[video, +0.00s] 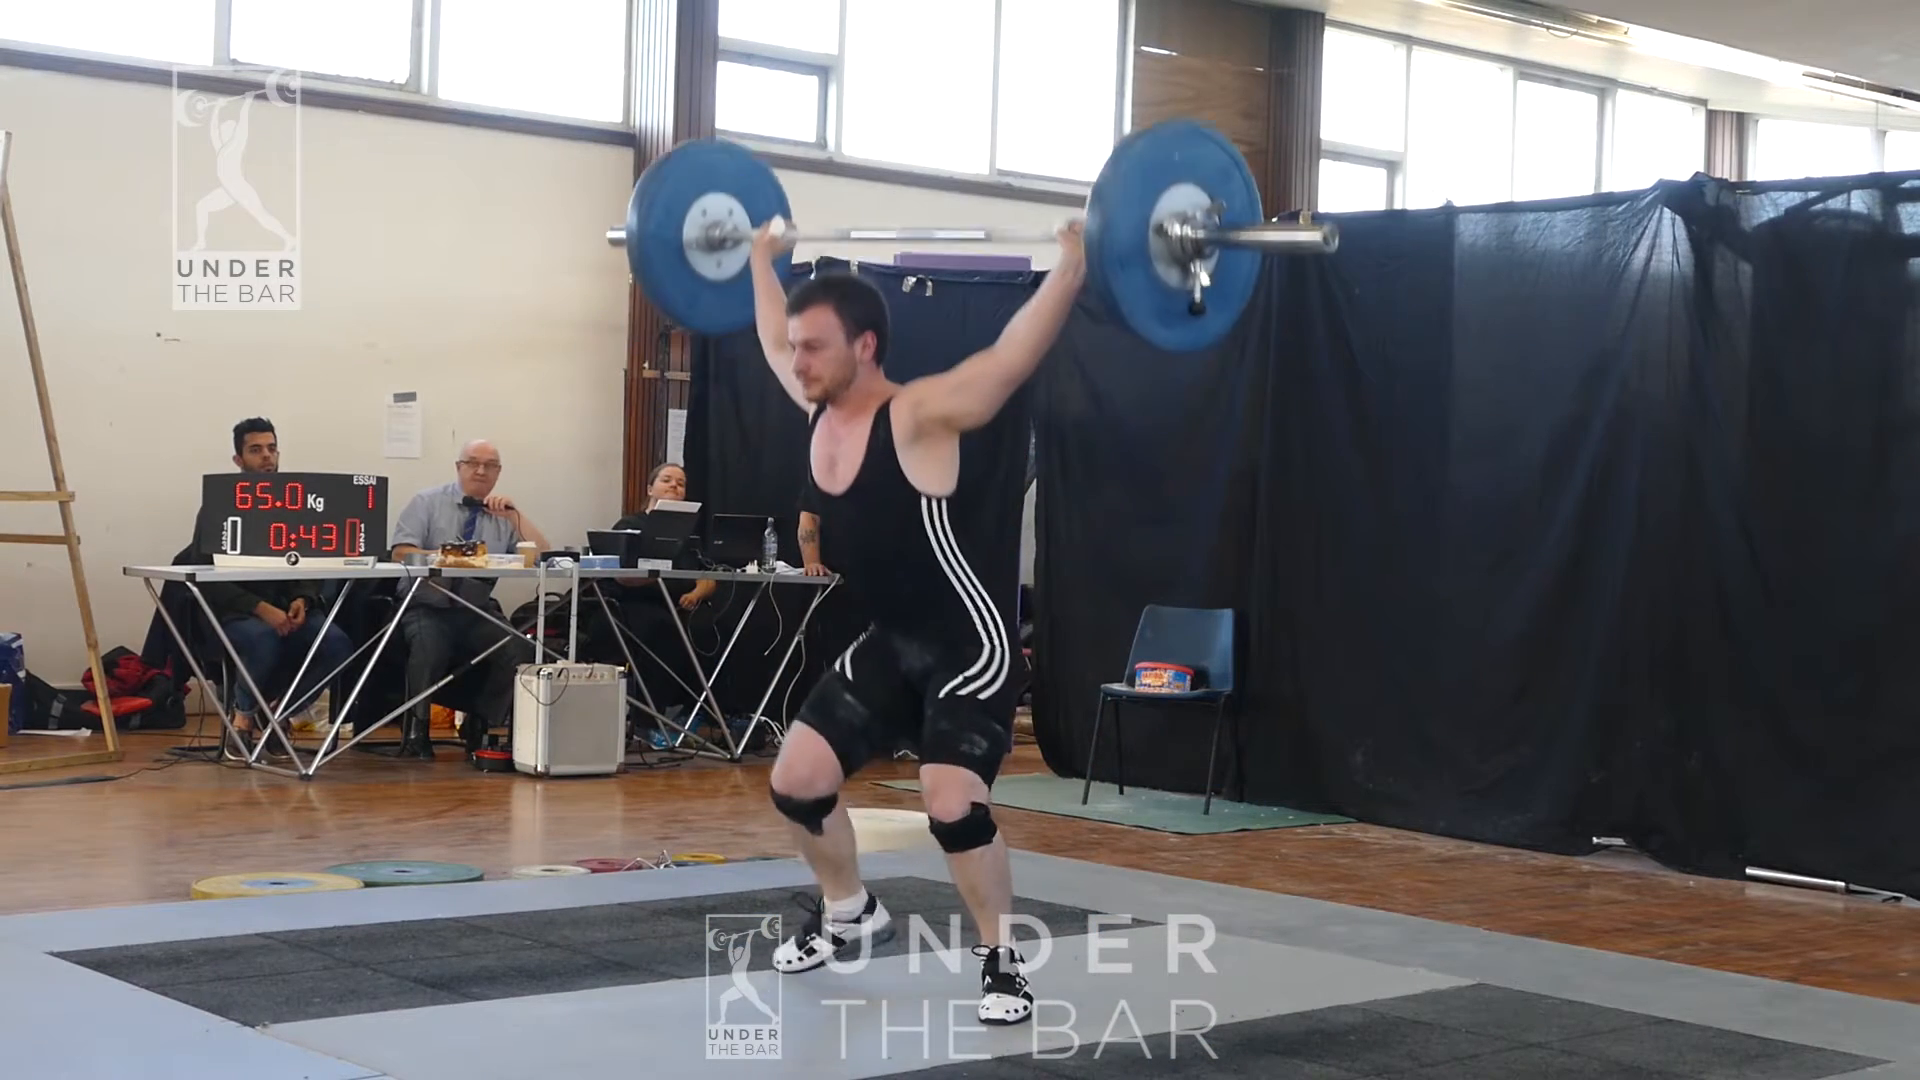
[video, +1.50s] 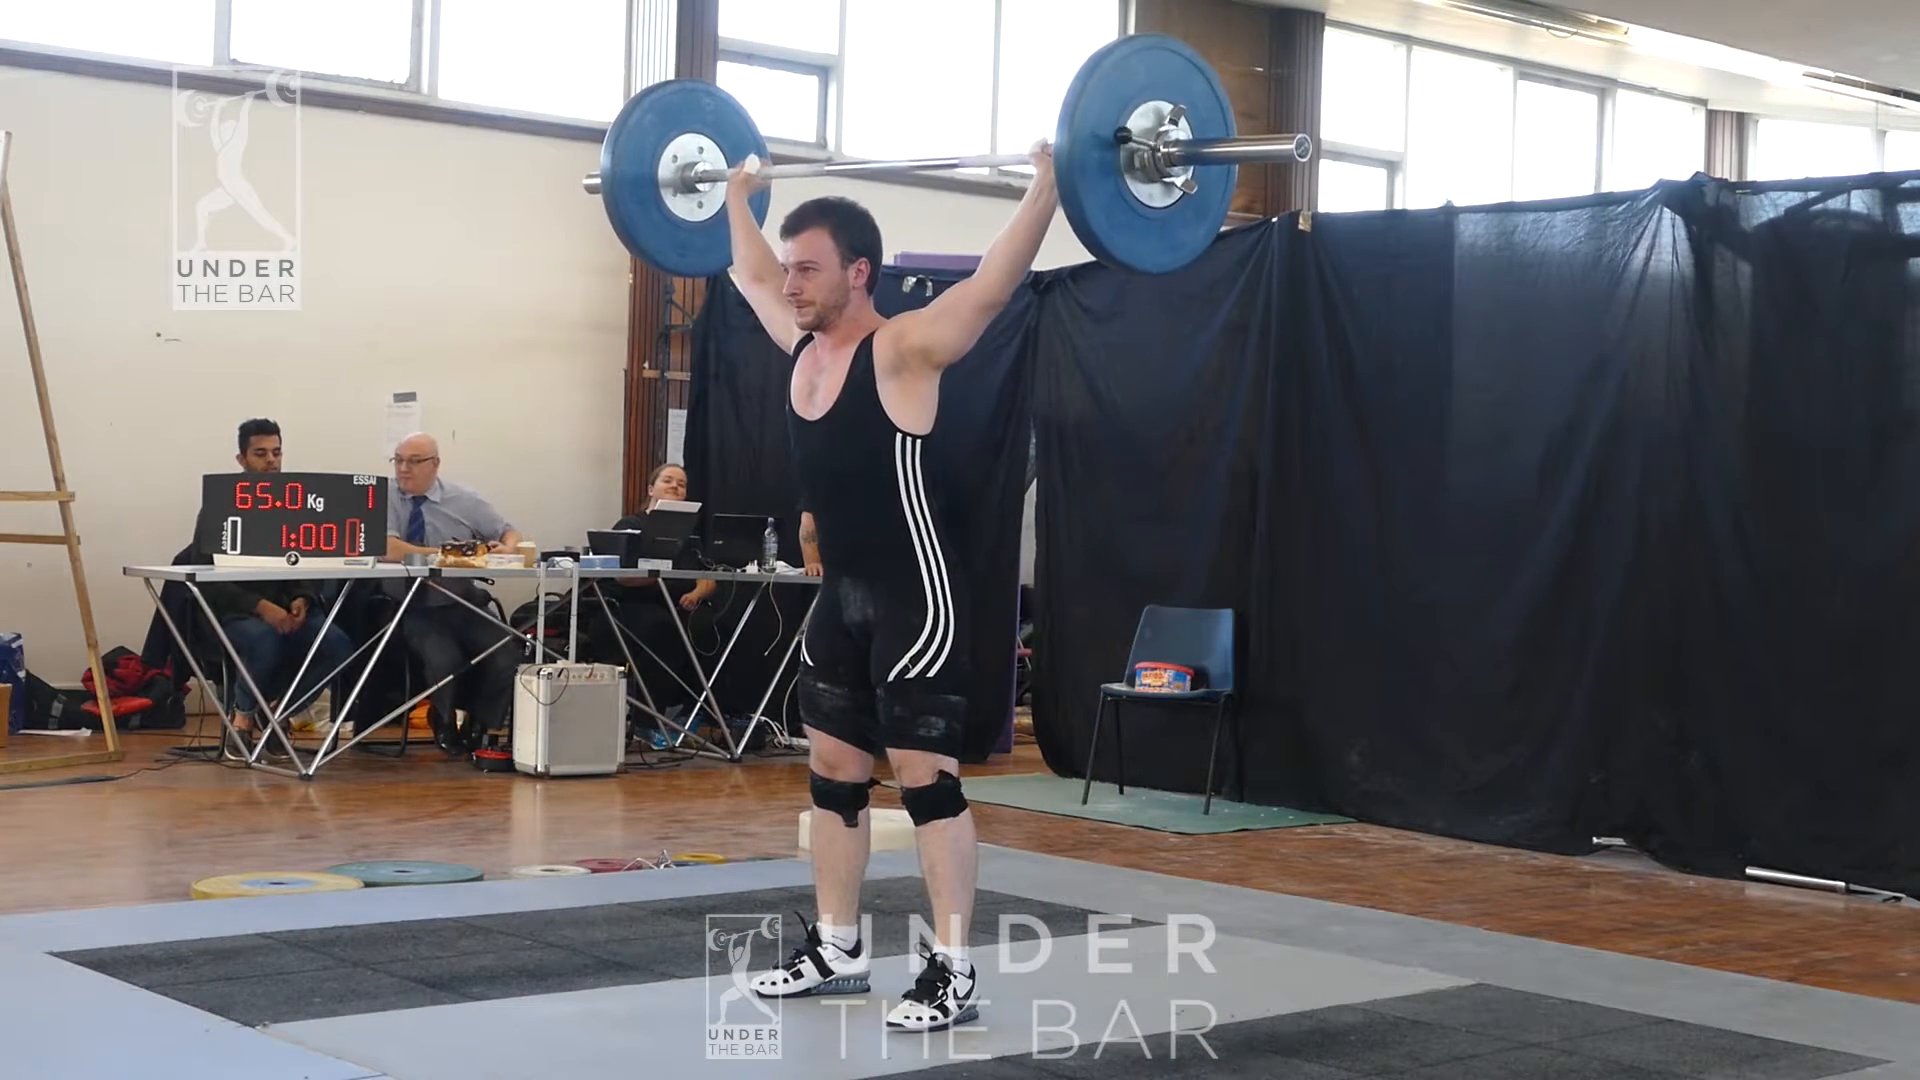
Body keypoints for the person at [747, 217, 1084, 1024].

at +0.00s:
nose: (798, 361)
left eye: (812, 346)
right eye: (793, 348)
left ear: (864, 346)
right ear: (798, 351)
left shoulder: (922, 411)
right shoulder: (824, 416)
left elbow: (1008, 358)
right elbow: (777, 342)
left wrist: (1068, 272)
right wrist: (760, 258)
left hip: (969, 644)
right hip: (887, 640)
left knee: (951, 803)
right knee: (798, 780)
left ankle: (1000, 949)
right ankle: (848, 913)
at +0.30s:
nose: (778, 312)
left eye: (794, 297)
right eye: (773, 299)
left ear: (845, 295)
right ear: (779, 301)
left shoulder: (894, 361)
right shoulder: (798, 368)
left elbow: (978, 309)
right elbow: (754, 292)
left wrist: (1041, 214)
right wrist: (743, 208)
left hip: (918, 604)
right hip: (839, 606)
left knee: (926, 775)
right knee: (792, 767)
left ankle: (996, 945)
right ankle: (835, 946)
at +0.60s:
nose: (781, 292)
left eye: (795, 278)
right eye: (777, 280)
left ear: (846, 277)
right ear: (785, 281)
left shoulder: (896, 346)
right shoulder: (800, 350)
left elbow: (977, 289)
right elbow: (753, 276)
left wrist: (1034, 197)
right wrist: (741, 194)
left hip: (907, 597)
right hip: (832, 598)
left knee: (909, 771)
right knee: (808, 766)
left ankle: (950, 972)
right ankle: (837, 951)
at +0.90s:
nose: (788, 284)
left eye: (802, 268)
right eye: (784, 271)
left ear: (854, 270)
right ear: (789, 275)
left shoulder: (902, 341)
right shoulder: (804, 348)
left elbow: (985, 279)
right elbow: (756, 280)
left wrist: (1041, 187)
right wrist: (744, 199)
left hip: (915, 596)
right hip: (839, 597)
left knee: (919, 771)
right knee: (830, 766)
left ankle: (950, 969)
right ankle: (839, 951)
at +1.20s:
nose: (791, 284)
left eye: (804, 269)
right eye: (786, 271)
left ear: (856, 271)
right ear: (790, 273)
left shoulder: (904, 343)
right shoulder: (805, 347)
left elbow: (986, 282)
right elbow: (754, 277)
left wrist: (1041, 189)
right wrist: (740, 193)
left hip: (918, 597)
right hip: (841, 597)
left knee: (922, 772)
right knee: (835, 767)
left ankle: (951, 969)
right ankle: (838, 952)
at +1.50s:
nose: (793, 283)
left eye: (808, 268)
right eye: (789, 270)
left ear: (859, 273)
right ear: (792, 274)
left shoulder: (906, 345)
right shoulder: (807, 348)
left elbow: (989, 284)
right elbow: (755, 276)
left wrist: (1043, 192)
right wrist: (737, 194)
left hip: (919, 596)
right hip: (841, 596)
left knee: (922, 773)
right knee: (835, 767)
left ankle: (950, 969)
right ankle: (838, 951)